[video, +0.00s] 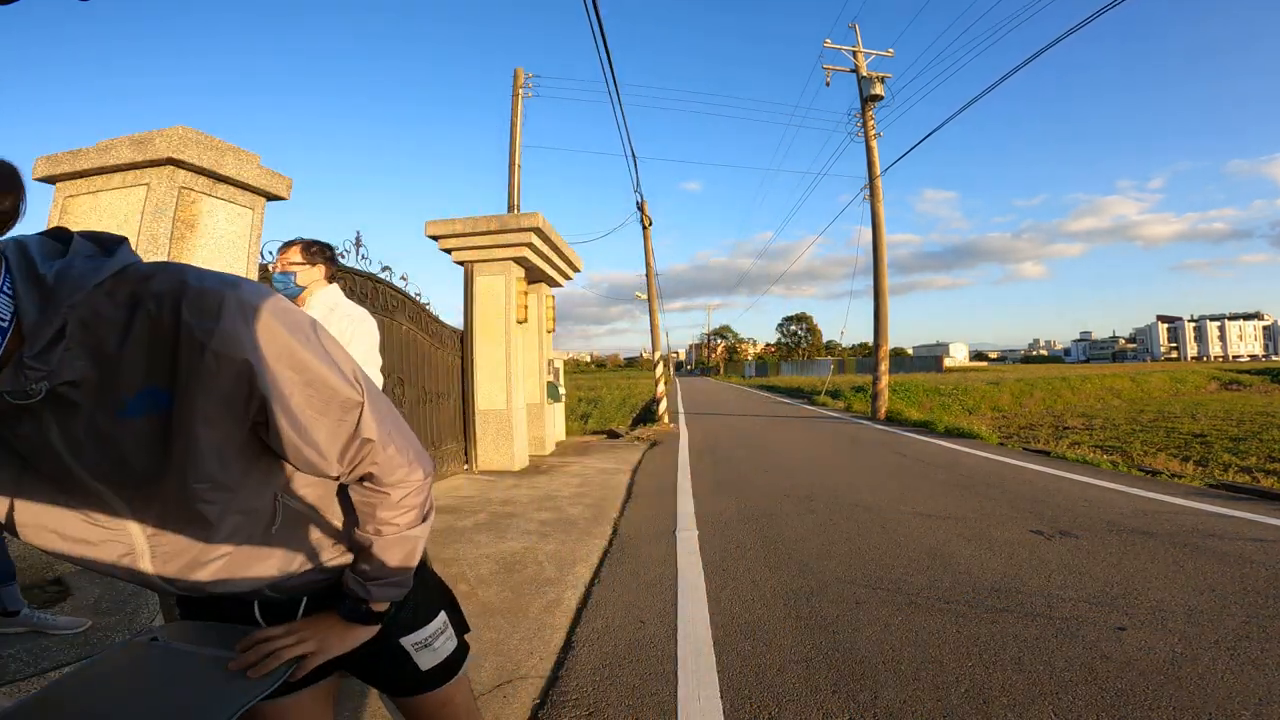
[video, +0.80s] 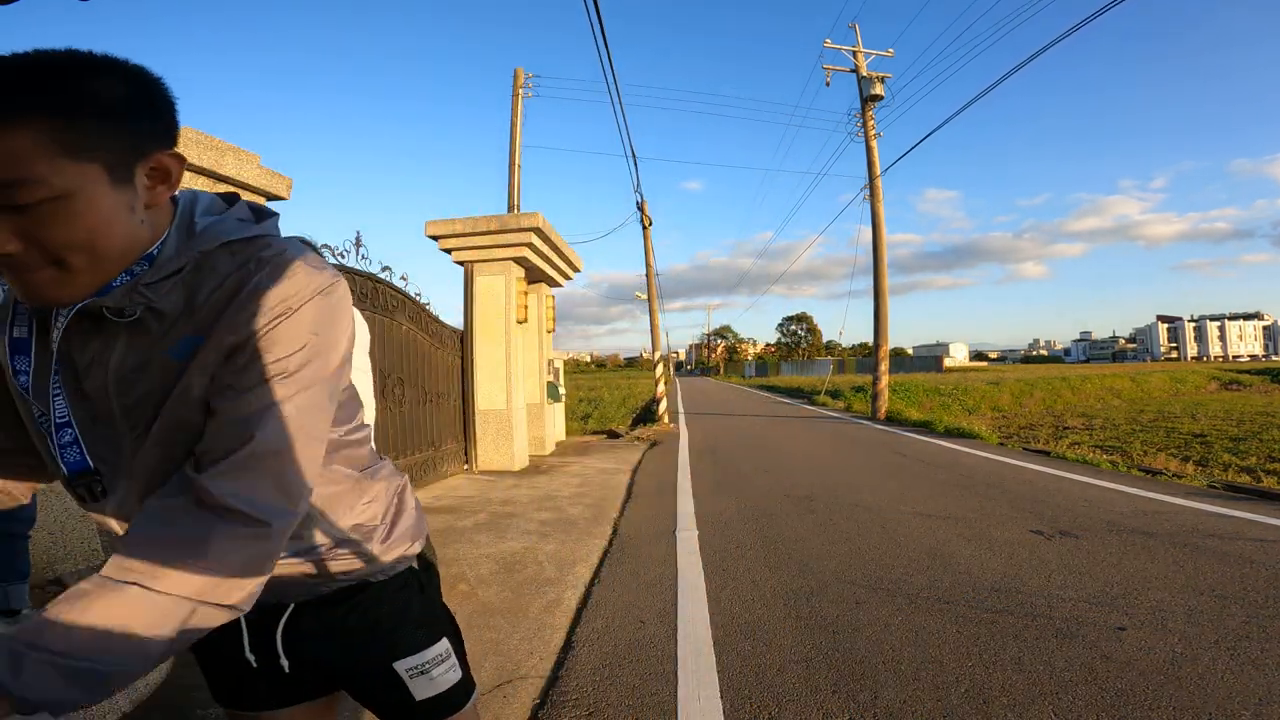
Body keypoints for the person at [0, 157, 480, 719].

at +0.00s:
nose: (292, 275)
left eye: (300, 264)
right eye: (290, 264)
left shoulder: (216, 321)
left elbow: (397, 471)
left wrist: (361, 609)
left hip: (359, 578)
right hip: (221, 605)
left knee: (448, 709)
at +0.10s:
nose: (290, 271)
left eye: (298, 262)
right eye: (291, 262)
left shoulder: (208, 312)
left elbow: (397, 459)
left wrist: (353, 604)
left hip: (358, 573)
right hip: (216, 601)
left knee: (442, 706)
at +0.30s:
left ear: (36, 204)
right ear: (32, 205)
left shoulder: (237, 290)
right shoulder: (14, 375)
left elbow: (418, 437)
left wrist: (298, 579)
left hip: (361, 566)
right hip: (217, 599)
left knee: (446, 708)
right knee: (285, 711)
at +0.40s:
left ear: (81, 193)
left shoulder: (258, 279)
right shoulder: (24, 346)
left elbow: (410, 440)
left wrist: (239, 567)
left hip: (360, 563)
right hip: (217, 599)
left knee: (446, 707)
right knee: (288, 710)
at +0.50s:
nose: (3, 240)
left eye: (17, 204)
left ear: (118, 181)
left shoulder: (275, 281)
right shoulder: (22, 330)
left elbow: (380, 471)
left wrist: (148, 572)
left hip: (355, 565)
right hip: (212, 595)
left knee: (442, 705)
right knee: (284, 709)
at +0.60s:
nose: (3, 238)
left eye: (23, 203)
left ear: (139, 178)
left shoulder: (283, 282)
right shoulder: (20, 321)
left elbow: (343, 505)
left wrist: (87, 588)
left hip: (352, 569)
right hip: (201, 600)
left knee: (438, 706)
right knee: (279, 709)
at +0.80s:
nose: (2, 242)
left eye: (28, 206)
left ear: (155, 185)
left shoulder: (283, 288)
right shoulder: (27, 322)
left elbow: (222, 537)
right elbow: (10, 471)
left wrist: (14, 680)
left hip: (365, 583)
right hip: (216, 601)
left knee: (440, 706)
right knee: (286, 709)